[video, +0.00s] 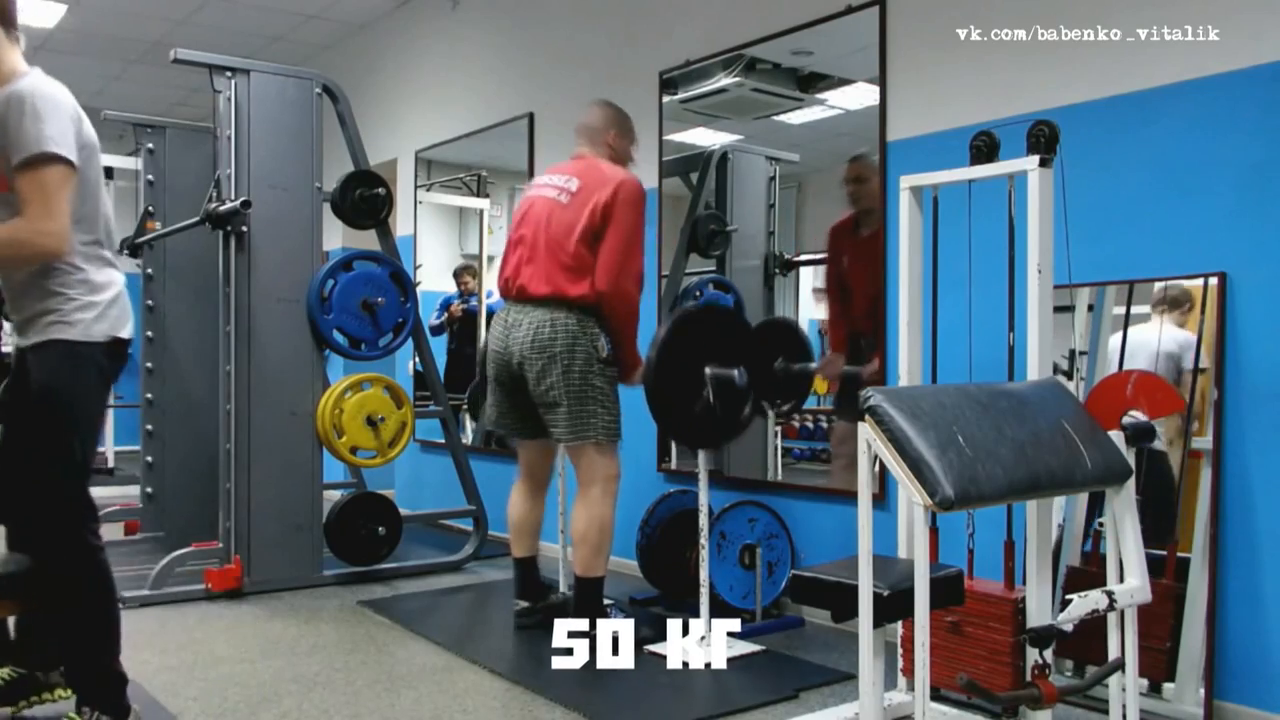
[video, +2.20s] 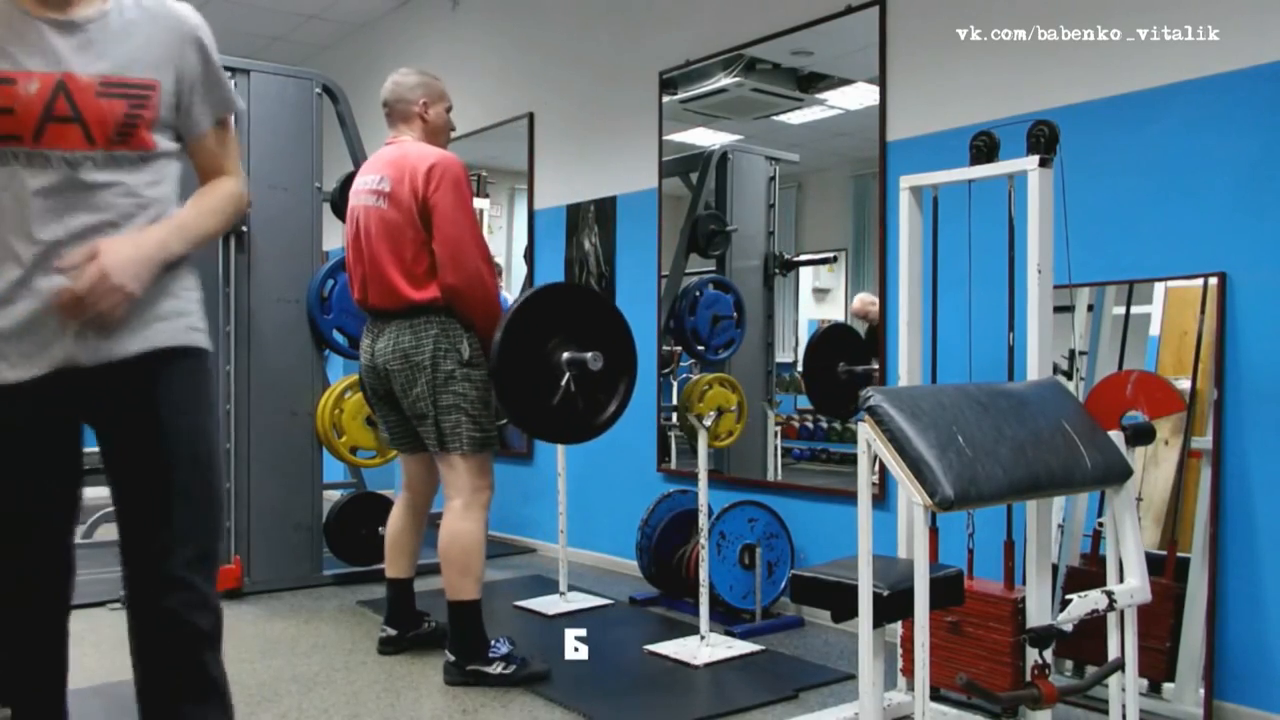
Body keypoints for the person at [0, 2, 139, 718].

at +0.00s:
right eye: (3, 26)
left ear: (5, 22)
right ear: (16, 25)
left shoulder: (36, 95)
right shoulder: (24, 102)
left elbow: (45, 233)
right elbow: (42, 232)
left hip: (75, 326)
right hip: (49, 328)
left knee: (50, 502)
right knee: (27, 497)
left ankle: (100, 693)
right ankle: (43, 653)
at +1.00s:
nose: (30, 27)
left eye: (51, 15)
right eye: (26, 13)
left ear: (94, 34)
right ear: (19, 25)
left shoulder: (124, 130)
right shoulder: (13, 124)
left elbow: (156, 258)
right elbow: (10, 234)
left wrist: (28, 265)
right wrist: (8, 275)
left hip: (132, 350)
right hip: (56, 352)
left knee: (145, 520)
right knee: (52, 511)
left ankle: (161, 685)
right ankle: (38, 669)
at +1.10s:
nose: (54, 13)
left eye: (74, 2)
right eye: (48, 2)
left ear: (114, 20)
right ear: (39, 15)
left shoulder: (145, 115)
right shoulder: (25, 113)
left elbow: (197, 237)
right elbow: (10, 213)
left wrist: (66, 265)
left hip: (146, 346)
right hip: (67, 347)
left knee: (155, 517)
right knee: (73, 501)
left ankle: (164, 685)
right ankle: (94, 647)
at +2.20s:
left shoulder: (171, 26)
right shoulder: (8, 27)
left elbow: (229, 183)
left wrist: (149, 245)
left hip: (155, 339)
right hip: (18, 351)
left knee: (177, 598)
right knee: (24, 602)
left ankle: (191, 715)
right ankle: (35, 712)